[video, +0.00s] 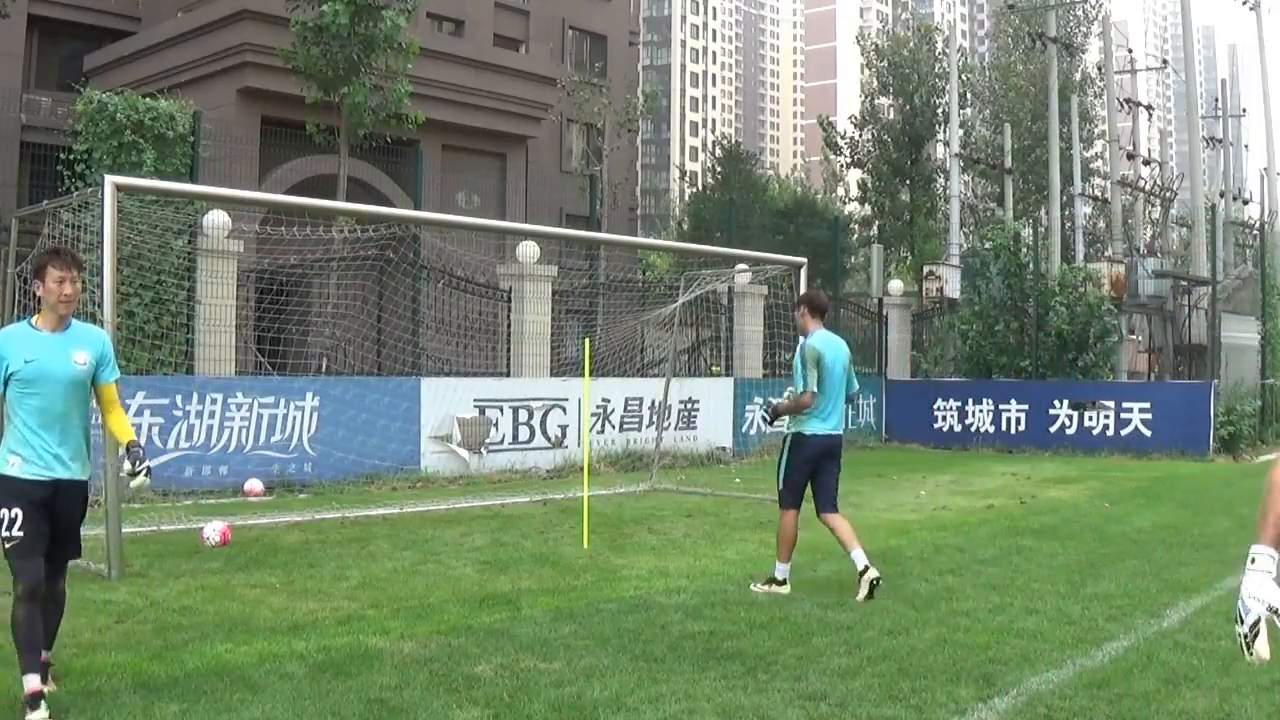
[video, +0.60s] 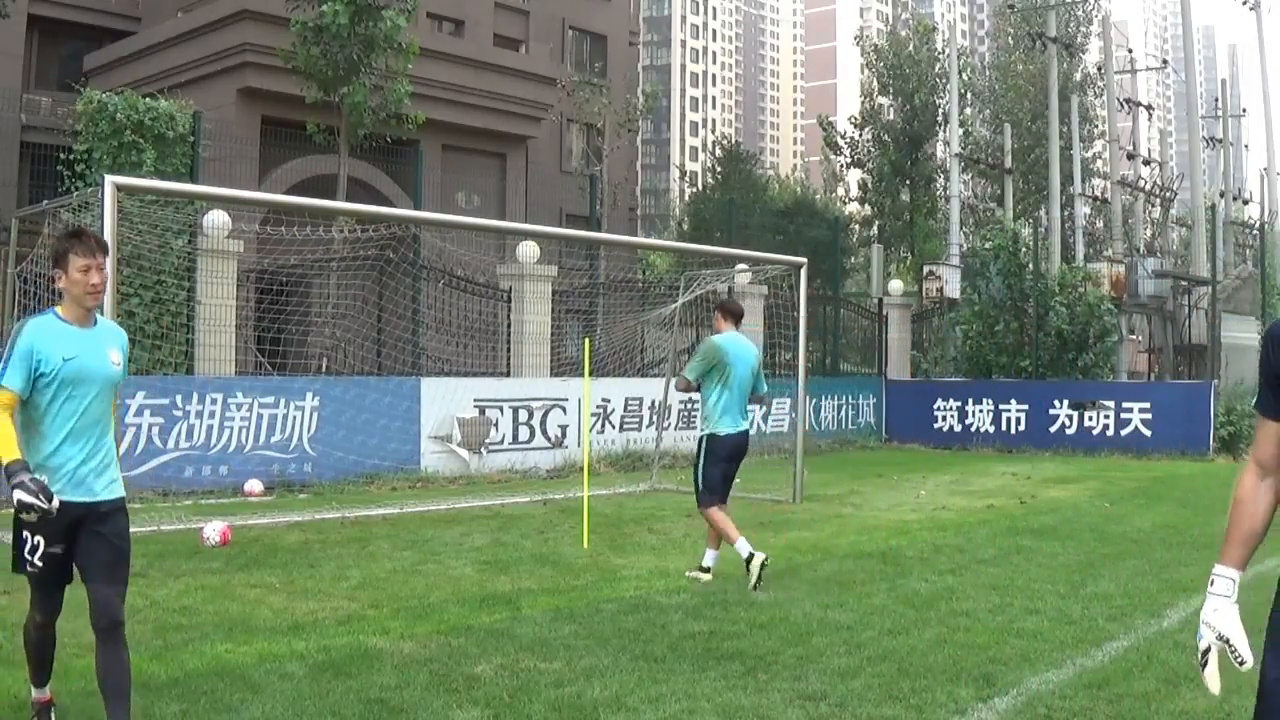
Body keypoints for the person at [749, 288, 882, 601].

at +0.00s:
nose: (796, 317)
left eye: (797, 312)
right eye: (797, 312)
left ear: (804, 311)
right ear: (824, 314)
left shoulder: (809, 345)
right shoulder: (840, 345)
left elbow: (807, 399)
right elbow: (850, 392)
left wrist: (778, 409)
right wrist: (804, 399)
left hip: (804, 438)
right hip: (832, 438)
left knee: (789, 506)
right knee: (828, 510)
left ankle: (779, 578)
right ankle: (865, 569)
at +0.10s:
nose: (784, 317)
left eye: (784, 312)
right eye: (785, 312)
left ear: (791, 312)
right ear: (811, 314)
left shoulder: (793, 345)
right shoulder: (828, 343)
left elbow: (783, 398)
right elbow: (839, 392)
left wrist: (763, 399)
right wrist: (804, 392)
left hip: (791, 435)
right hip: (818, 436)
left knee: (783, 507)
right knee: (802, 508)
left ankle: (779, 579)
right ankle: (840, 554)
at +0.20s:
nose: (765, 316)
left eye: (766, 311)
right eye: (767, 311)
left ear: (772, 310)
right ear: (793, 311)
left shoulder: (773, 343)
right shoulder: (811, 342)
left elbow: (754, 391)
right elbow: (822, 391)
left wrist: (754, 393)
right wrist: (789, 389)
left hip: (776, 432)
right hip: (801, 432)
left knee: (775, 502)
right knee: (765, 493)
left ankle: (780, 577)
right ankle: (793, 549)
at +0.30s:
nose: (755, 318)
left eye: (755, 313)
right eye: (756, 313)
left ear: (761, 311)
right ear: (781, 313)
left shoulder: (759, 343)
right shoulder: (799, 342)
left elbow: (731, 389)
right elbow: (812, 391)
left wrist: (747, 385)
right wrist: (783, 387)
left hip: (764, 432)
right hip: (789, 433)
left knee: (770, 503)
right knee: (747, 489)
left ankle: (779, 577)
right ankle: (760, 557)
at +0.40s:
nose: (737, 321)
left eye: (738, 316)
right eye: (739, 316)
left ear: (744, 315)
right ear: (764, 317)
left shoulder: (741, 345)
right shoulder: (782, 347)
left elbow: (707, 386)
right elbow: (793, 393)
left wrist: (734, 386)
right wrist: (763, 388)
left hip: (747, 435)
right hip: (772, 435)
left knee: (759, 504)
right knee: (737, 499)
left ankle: (777, 578)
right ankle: (714, 562)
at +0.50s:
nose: (728, 323)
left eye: (729, 318)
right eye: (731, 319)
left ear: (735, 319)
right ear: (754, 320)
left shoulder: (728, 347)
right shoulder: (769, 349)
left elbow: (696, 386)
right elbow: (779, 395)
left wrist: (719, 386)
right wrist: (749, 390)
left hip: (734, 436)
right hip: (759, 437)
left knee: (747, 505)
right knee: (727, 501)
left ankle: (775, 574)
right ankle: (709, 567)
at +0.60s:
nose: (714, 323)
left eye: (715, 319)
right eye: (716, 319)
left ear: (721, 319)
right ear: (738, 320)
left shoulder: (714, 344)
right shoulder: (753, 349)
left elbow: (683, 384)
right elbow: (759, 397)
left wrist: (705, 384)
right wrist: (728, 391)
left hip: (715, 436)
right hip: (740, 436)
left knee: (708, 505)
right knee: (719, 503)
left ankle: (750, 556)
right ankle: (707, 566)